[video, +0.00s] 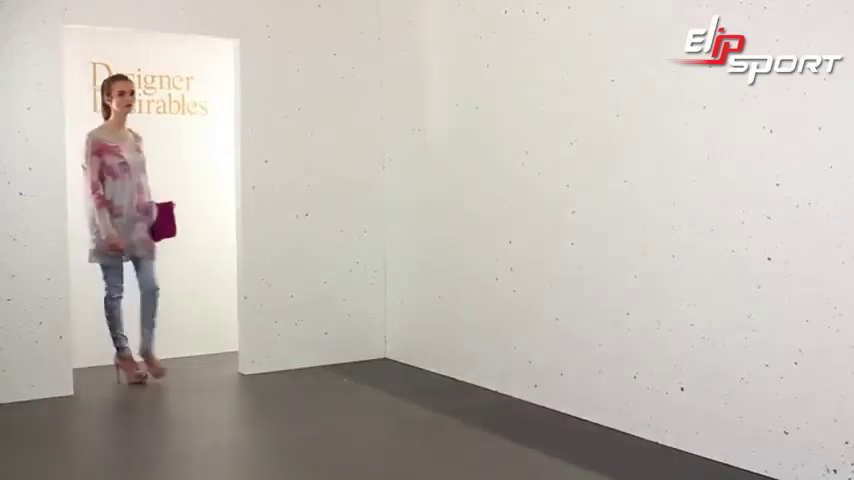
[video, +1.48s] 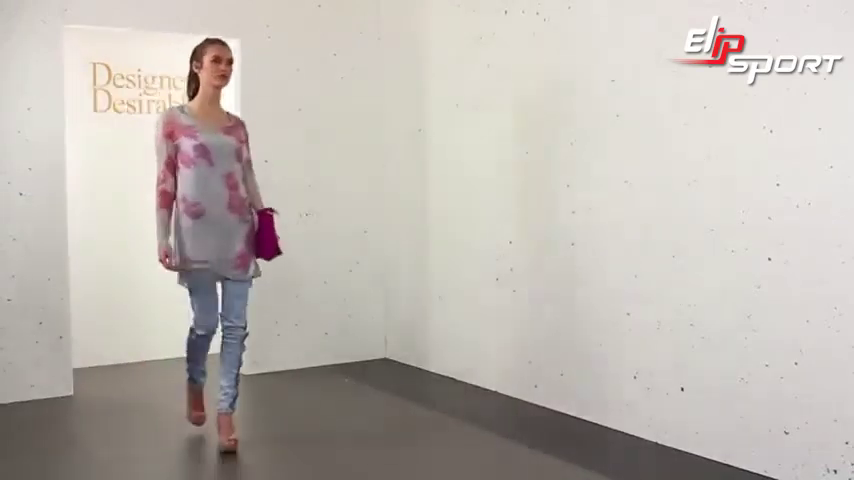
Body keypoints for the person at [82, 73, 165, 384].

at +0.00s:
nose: (127, 99)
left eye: (130, 94)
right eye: (120, 94)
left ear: (134, 98)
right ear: (108, 99)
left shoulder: (135, 139)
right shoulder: (96, 138)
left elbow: (141, 184)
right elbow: (95, 189)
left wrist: (151, 221)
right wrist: (108, 231)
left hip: (139, 224)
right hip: (111, 226)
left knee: (150, 287)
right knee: (115, 290)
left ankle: (147, 351)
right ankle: (122, 355)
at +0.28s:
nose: (149, 99)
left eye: (153, 93)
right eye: (143, 94)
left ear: (158, 99)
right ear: (131, 100)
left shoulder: (164, 143)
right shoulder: (114, 140)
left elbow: (174, 186)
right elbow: (108, 189)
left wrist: (184, 221)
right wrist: (107, 232)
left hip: (163, 229)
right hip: (128, 230)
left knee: (168, 297)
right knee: (126, 297)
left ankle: (170, 369)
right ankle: (128, 355)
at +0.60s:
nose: (168, 86)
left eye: (173, 80)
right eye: (162, 81)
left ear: (178, 86)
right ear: (150, 87)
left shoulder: (188, 133)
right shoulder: (133, 130)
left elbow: (199, 182)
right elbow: (123, 182)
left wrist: (211, 219)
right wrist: (116, 228)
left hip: (180, 224)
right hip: (144, 222)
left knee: (176, 298)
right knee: (161, 293)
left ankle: (170, 368)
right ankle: (165, 368)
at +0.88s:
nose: (180, 86)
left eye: (185, 80)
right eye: (173, 80)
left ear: (191, 86)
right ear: (160, 87)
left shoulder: (205, 134)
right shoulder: (146, 135)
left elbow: (216, 183)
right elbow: (138, 190)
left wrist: (225, 223)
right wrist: (130, 238)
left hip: (196, 233)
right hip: (158, 230)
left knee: (190, 313)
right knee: (170, 309)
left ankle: (174, 372)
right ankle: (189, 389)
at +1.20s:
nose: (201, 78)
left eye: (206, 73)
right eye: (195, 72)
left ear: (209, 79)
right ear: (177, 75)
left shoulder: (215, 127)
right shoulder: (155, 125)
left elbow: (230, 178)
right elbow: (150, 182)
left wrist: (243, 222)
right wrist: (148, 233)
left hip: (218, 233)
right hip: (176, 233)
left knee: (220, 315)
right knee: (179, 314)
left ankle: (224, 396)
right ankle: (188, 388)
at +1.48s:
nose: (225, 68)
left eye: (228, 62)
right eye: (217, 60)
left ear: (231, 70)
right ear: (197, 66)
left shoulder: (237, 126)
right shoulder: (173, 120)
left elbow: (249, 181)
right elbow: (166, 182)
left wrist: (262, 229)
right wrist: (163, 238)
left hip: (239, 236)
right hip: (195, 237)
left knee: (235, 327)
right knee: (205, 324)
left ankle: (226, 411)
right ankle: (195, 383)